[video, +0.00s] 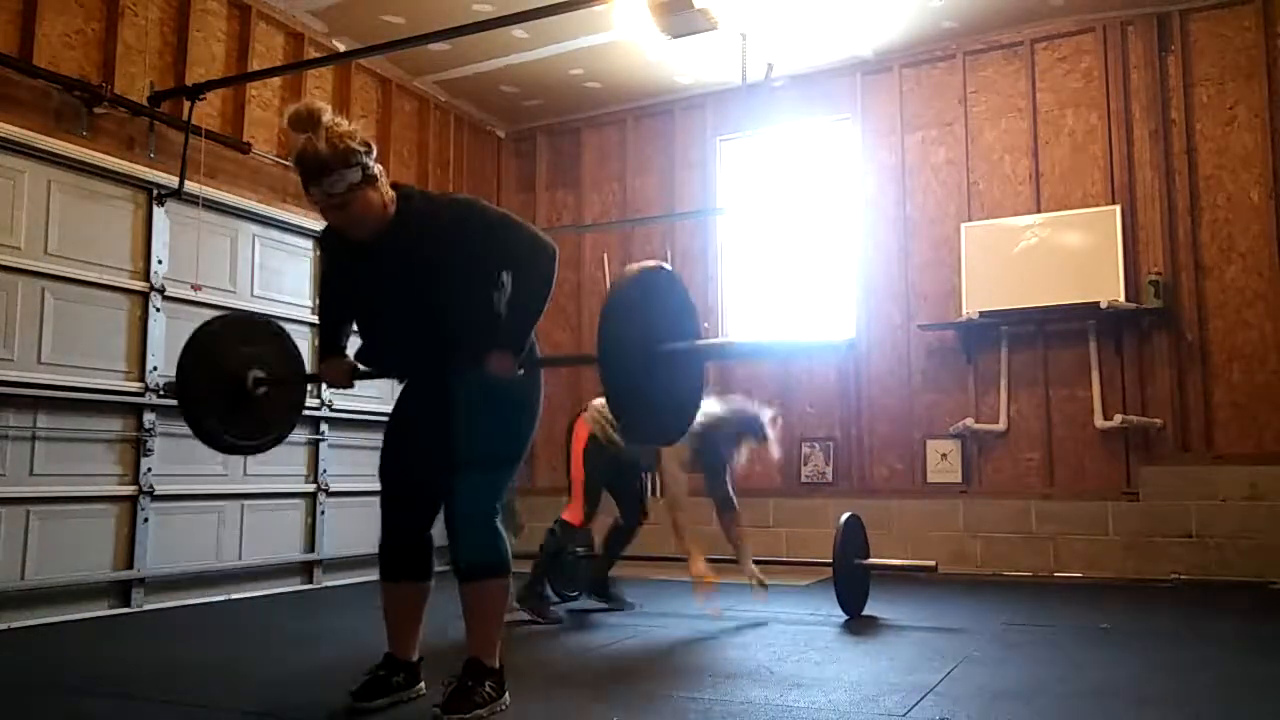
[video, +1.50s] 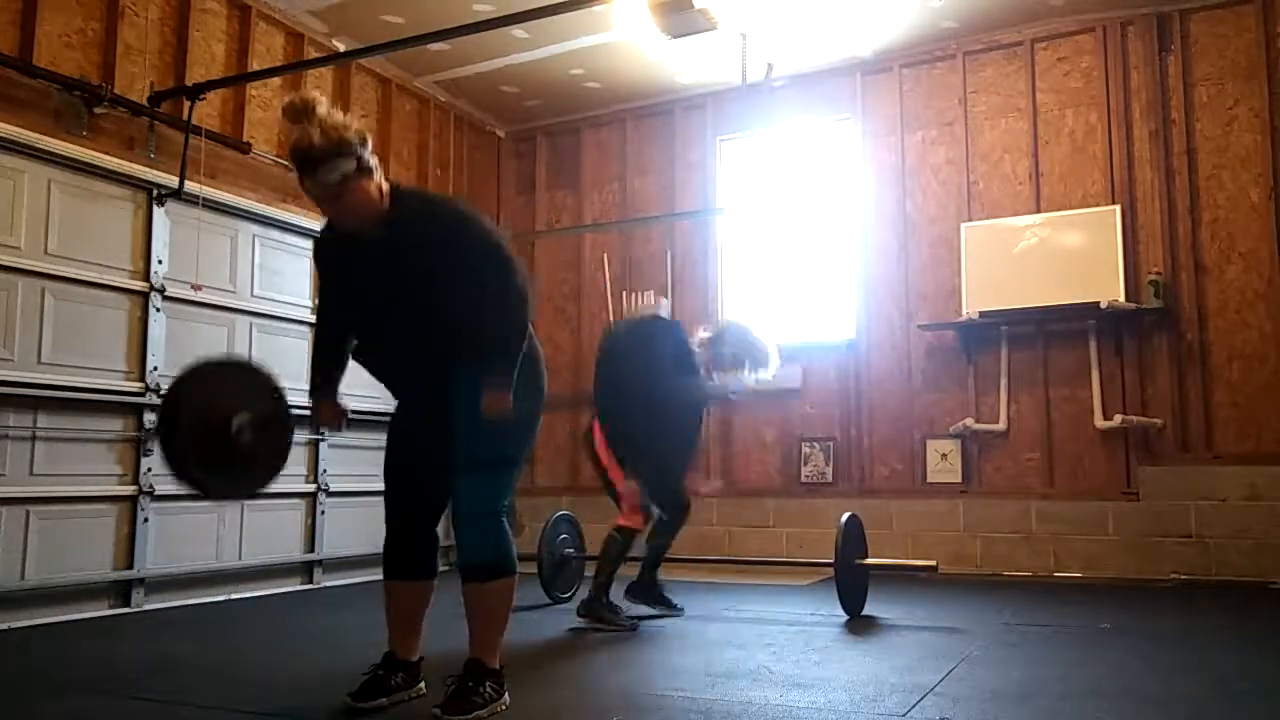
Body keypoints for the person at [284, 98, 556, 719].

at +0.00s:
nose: (335, 217)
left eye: (343, 201)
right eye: (324, 207)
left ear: (378, 182)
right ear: (317, 204)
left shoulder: (450, 219)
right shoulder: (338, 248)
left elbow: (538, 254)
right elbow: (334, 311)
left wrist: (512, 342)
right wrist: (331, 356)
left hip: (493, 377)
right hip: (423, 386)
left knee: (472, 514)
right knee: (402, 516)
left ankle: (485, 670)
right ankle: (402, 664)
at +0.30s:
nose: (335, 220)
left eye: (344, 205)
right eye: (324, 211)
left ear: (376, 190)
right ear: (316, 211)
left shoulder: (444, 240)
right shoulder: (340, 264)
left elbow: (505, 321)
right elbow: (335, 342)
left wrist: (502, 409)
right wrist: (327, 415)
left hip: (494, 387)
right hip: (427, 395)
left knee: (481, 513)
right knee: (407, 516)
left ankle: (486, 672)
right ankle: (403, 663)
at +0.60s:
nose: (342, 256)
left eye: (353, 240)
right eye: (332, 244)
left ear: (386, 231)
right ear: (325, 246)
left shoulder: (451, 290)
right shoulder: (343, 314)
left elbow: (478, 396)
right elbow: (331, 406)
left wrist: (485, 496)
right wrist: (317, 492)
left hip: (508, 400)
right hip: (427, 412)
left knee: (479, 518)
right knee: (397, 516)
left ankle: (485, 672)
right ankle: (402, 665)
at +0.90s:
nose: (363, 205)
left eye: (372, 189)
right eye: (346, 198)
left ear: (391, 183)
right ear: (329, 207)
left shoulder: (448, 246)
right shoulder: (343, 272)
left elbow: (496, 341)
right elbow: (336, 362)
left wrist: (498, 433)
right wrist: (325, 443)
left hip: (493, 390)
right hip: (423, 401)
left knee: (479, 513)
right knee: (400, 515)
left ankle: (486, 670)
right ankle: (402, 663)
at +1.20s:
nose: (352, 184)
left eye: (360, 168)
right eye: (337, 175)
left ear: (386, 147)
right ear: (323, 169)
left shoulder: (448, 190)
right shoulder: (344, 220)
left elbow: (536, 229)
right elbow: (340, 280)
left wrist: (509, 313)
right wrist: (329, 334)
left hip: (496, 366)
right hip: (426, 375)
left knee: (473, 513)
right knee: (400, 510)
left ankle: (486, 670)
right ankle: (403, 662)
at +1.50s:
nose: (340, 201)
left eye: (347, 183)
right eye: (325, 194)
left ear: (373, 170)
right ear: (314, 196)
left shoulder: (443, 223)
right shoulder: (335, 248)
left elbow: (508, 285)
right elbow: (334, 321)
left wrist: (500, 373)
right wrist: (324, 387)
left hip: (493, 376)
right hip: (422, 387)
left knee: (479, 512)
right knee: (406, 514)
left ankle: (485, 668)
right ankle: (403, 662)